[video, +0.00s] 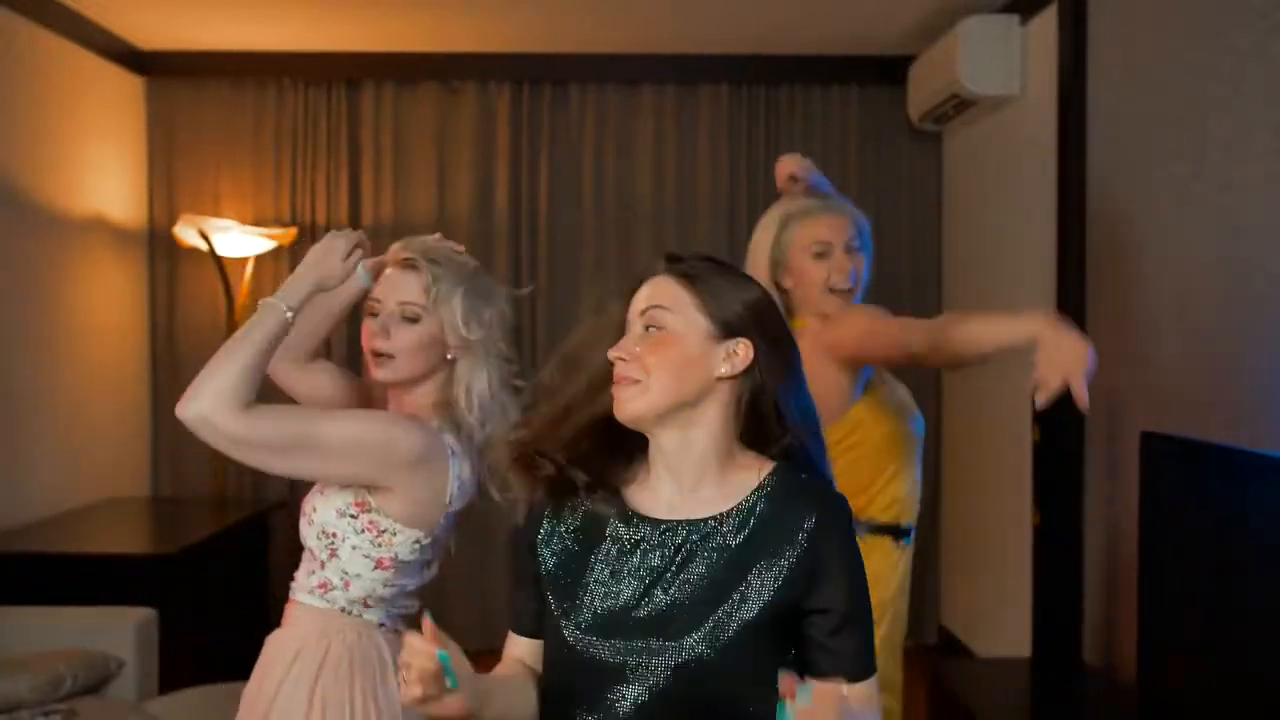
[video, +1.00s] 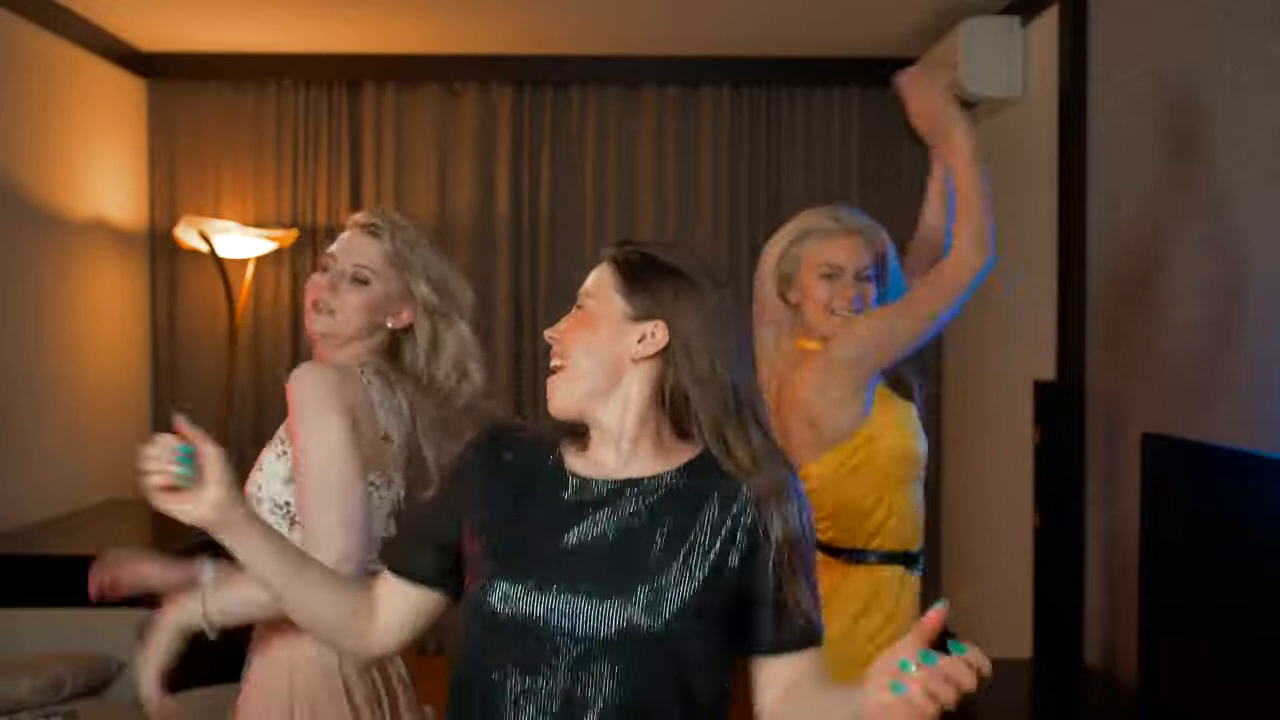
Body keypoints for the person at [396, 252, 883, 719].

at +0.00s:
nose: (617, 350)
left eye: (654, 327)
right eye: (625, 330)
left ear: (733, 357)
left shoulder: (806, 515)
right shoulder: (561, 506)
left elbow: (852, 698)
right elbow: (527, 675)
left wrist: (819, 704)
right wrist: (465, 691)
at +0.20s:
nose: (622, 307)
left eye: (652, 284)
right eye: (636, 285)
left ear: (724, 307)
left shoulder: (809, 461)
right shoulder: (589, 443)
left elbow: (847, 670)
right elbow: (511, 592)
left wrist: (789, 676)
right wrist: (436, 561)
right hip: (544, 706)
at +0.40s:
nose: (590, 334)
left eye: (617, 316)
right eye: (604, 313)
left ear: (682, 344)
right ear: (667, 344)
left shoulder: (772, 525)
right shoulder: (551, 497)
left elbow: (802, 711)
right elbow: (445, 674)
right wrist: (324, 583)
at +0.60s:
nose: (569, 308)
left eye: (599, 286)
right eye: (587, 285)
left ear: (667, 313)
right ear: (662, 313)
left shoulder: (761, 488)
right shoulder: (512, 441)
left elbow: (819, 661)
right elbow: (400, 609)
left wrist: (778, 714)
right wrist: (274, 491)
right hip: (490, 710)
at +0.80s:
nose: (567, 314)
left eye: (595, 297)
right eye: (581, 294)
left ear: (664, 324)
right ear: (652, 324)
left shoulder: (752, 515)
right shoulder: (511, 462)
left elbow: (772, 706)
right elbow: (409, 656)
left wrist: (850, 697)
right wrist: (291, 530)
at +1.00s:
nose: (551, 330)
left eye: (579, 311)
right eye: (565, 310)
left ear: (651, 341)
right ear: (633, 340)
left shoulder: (731, 518)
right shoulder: (499, 468)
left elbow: (787, 696)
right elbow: (369, 623)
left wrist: (869, 692)